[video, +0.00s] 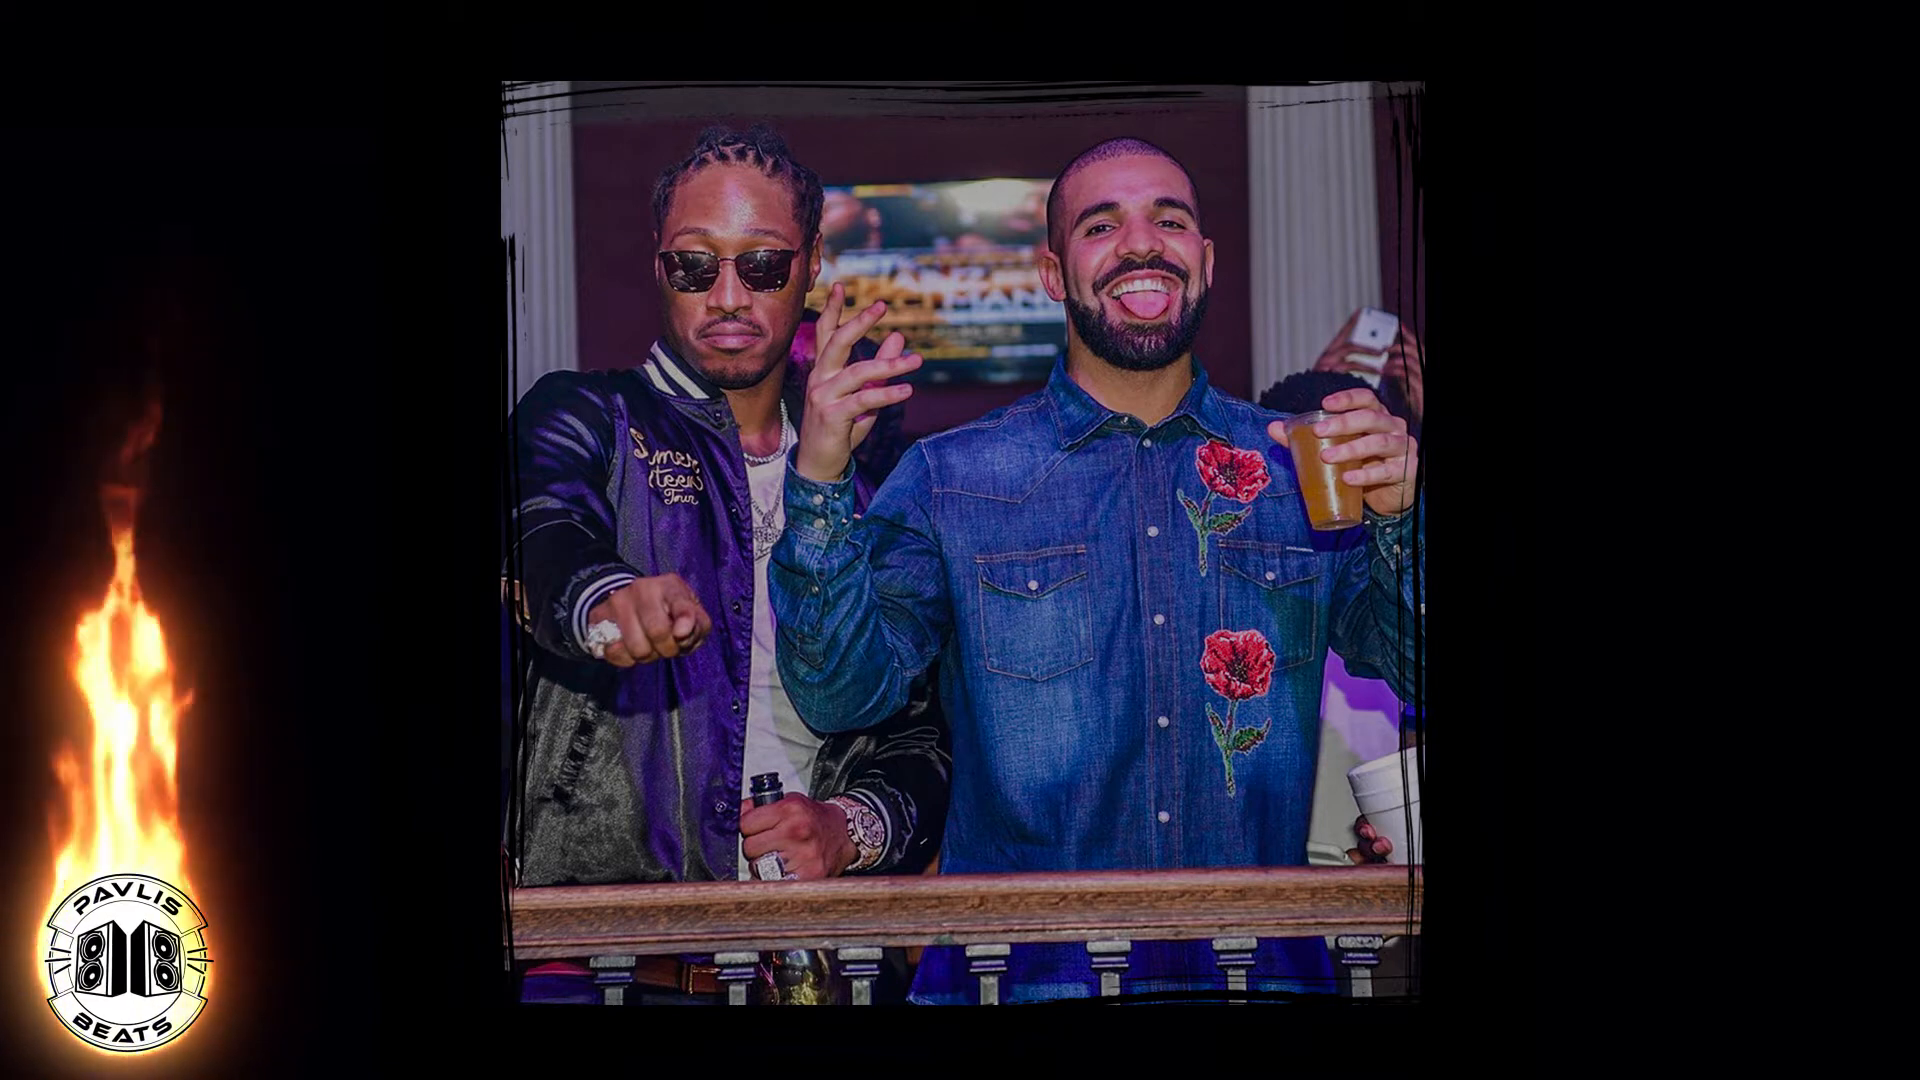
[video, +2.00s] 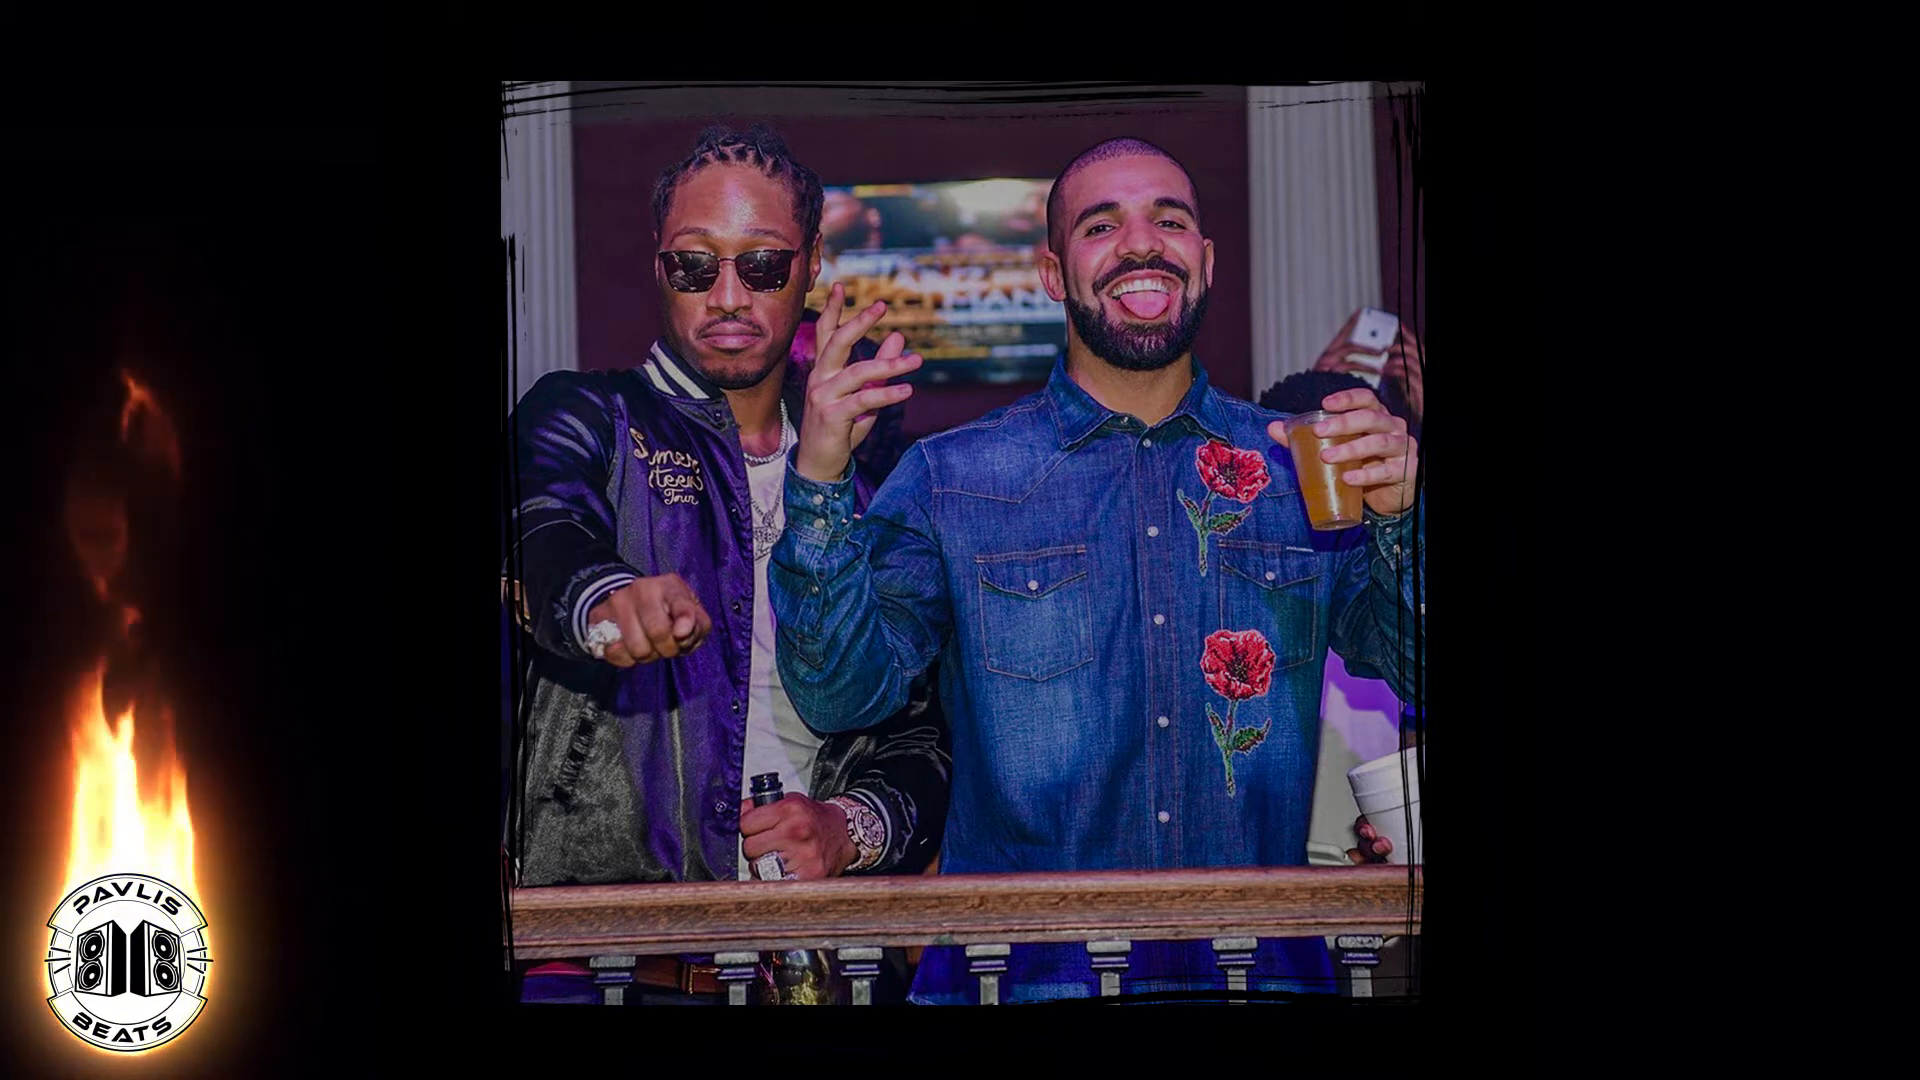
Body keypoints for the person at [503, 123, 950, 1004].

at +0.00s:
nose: (729, 296)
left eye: (763, 266)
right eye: (694, 266)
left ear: (811, 274)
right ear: (658, 272)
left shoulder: (878, 460)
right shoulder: (581, 412)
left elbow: (926, 726)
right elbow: (540, 525)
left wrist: (857, 826)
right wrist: (602, 595)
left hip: (827, 944)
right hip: (605, 943)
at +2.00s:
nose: (729, 296)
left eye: (763, 266)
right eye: (694, 266)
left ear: (811, 274)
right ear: (658, 272)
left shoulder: (878, 460)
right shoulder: (581, 412)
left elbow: (926, 725)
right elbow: (540, 525)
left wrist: (857, 826)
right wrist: (602, 595)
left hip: (827, 944)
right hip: (605, 943)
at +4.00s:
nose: (729, 296)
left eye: (763, 266)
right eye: (694, 266)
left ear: (811, 274)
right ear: (658, 272)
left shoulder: (878, 460)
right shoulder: (581, 411)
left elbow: (927, 725)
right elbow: (540, 525)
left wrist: (857, 826)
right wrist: (602, 595)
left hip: (828, 944)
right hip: (606, 943)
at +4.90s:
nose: (728, 295)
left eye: (763, 266)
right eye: (694, 266)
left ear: (811, 275)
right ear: (658, 274)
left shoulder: (878, 459)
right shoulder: (581, 411)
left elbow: (925, 722)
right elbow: (541, 525)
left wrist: (858, 826)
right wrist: (603, 595)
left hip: (828, 941)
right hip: (607, 941)